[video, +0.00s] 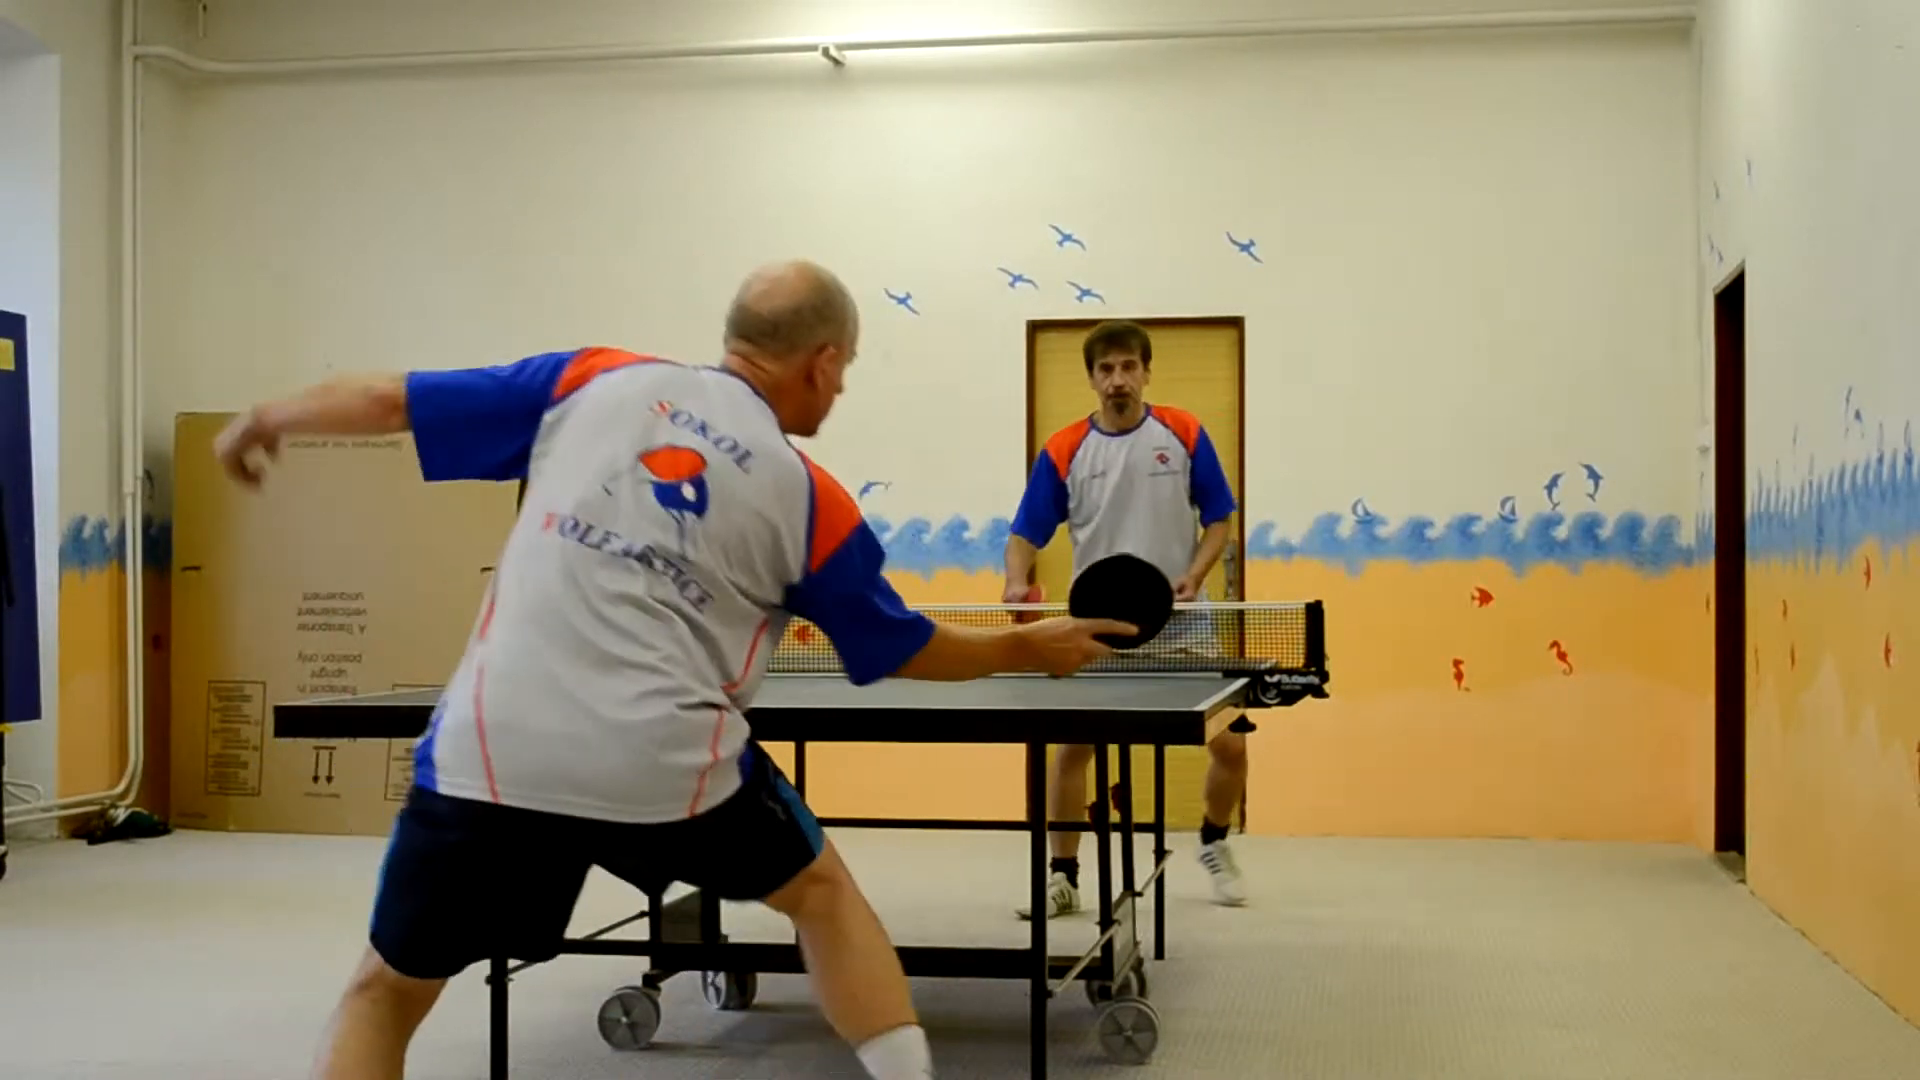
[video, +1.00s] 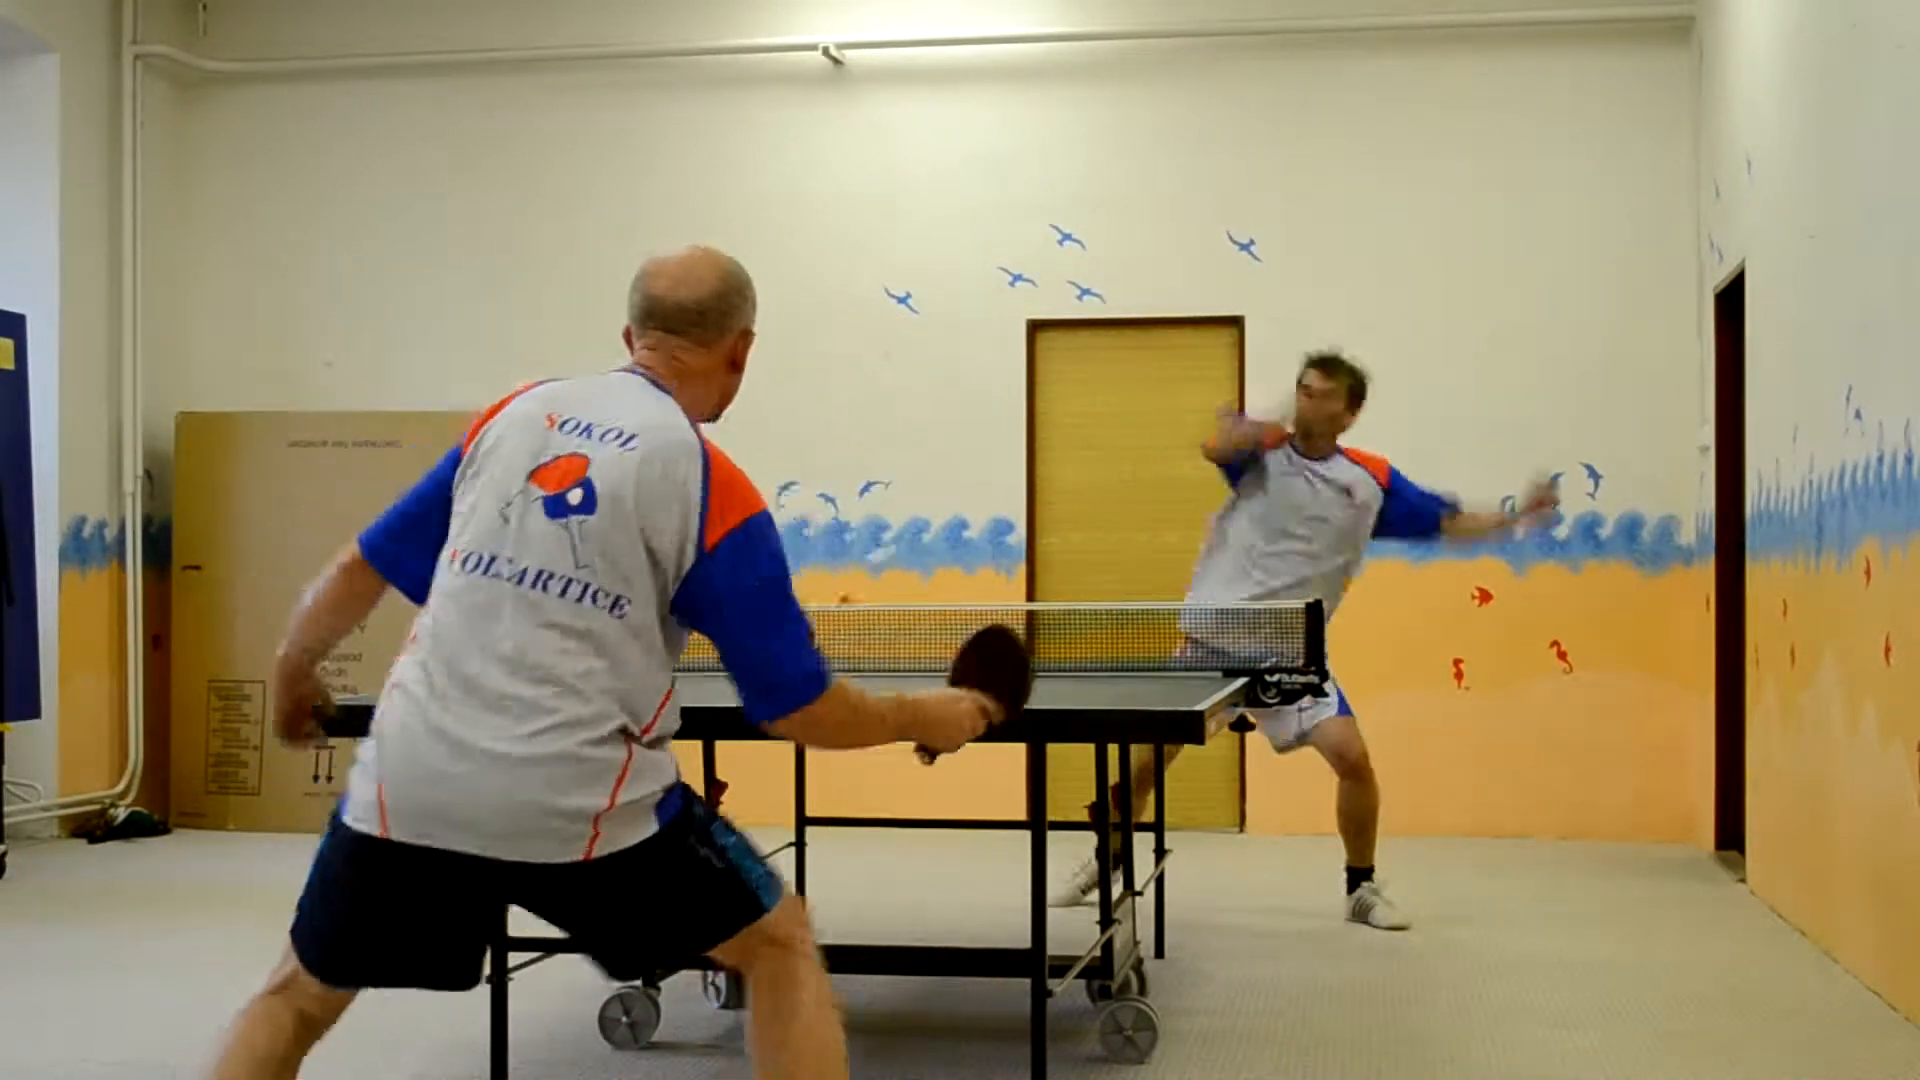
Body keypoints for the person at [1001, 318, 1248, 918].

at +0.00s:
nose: (1117, 379)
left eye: (1127, 367)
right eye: (1105, 370)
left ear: (1145, 371)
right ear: (1091, 377)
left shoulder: (1183, 433)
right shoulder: (1064, 449)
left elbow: (1220, 517)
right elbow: (1025, 533)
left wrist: (1194, 573)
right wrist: (1017, 580)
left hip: (1178, 622)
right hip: (1094, 626)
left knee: (1231, 744)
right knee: (1072, 745)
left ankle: (1214, 844)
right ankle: (1062, 875)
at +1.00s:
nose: (1305, 404)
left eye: (1320, 396)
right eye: (1303, 393)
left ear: (1349, 410)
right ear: (1296, 398)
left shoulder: (1371, 482)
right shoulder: (1265, 452)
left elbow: (1442, 520)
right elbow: (1221, 454)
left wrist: (1513, 519)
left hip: (1293, 657)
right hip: (1213, 646)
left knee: (1353, 760)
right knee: (1149, 759)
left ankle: (1361, 890)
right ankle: (1102, 862)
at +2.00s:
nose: (1218, 368)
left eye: (1230, 356)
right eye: (1213, 359)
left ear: (1268, 360)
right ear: (1214, 366)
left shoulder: (1316, 428)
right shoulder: (1204, 440)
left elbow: (1359, 512)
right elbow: (1182, 535)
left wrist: (1363, 588)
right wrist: (1155, 610)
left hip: (1301, 616)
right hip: (1225, 618)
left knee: (1317, 750)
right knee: (1158, 729)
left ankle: (1355, 879)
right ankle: (1136, 864)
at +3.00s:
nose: (1116, 346)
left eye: (1127, 334)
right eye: (1105, 336)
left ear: (1149, 340)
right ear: (1094, 345)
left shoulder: (1193, 407)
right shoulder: (1076, 424)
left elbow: (1234, 498)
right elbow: (1075, 524)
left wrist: (1230, 583)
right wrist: (1085, 605)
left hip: (1186, 610)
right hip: (1114, 615)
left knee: (1185, 741)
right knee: (1120, 747)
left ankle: (1182, 872)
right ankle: (1143, 871)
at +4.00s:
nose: (1049, 359)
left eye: (1061, 349)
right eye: (1043, 348)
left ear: (1093, 350)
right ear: (1037, 347)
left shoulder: (1130, 409)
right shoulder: (1017, 418)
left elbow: (1117, 499)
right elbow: (1001, 504)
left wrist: (1056, 514)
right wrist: (997, 566)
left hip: (1123, 603)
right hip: (1048, 608)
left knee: (1156, 732)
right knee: (1041, 737)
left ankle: (1158, 864)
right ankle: (1046, 867)